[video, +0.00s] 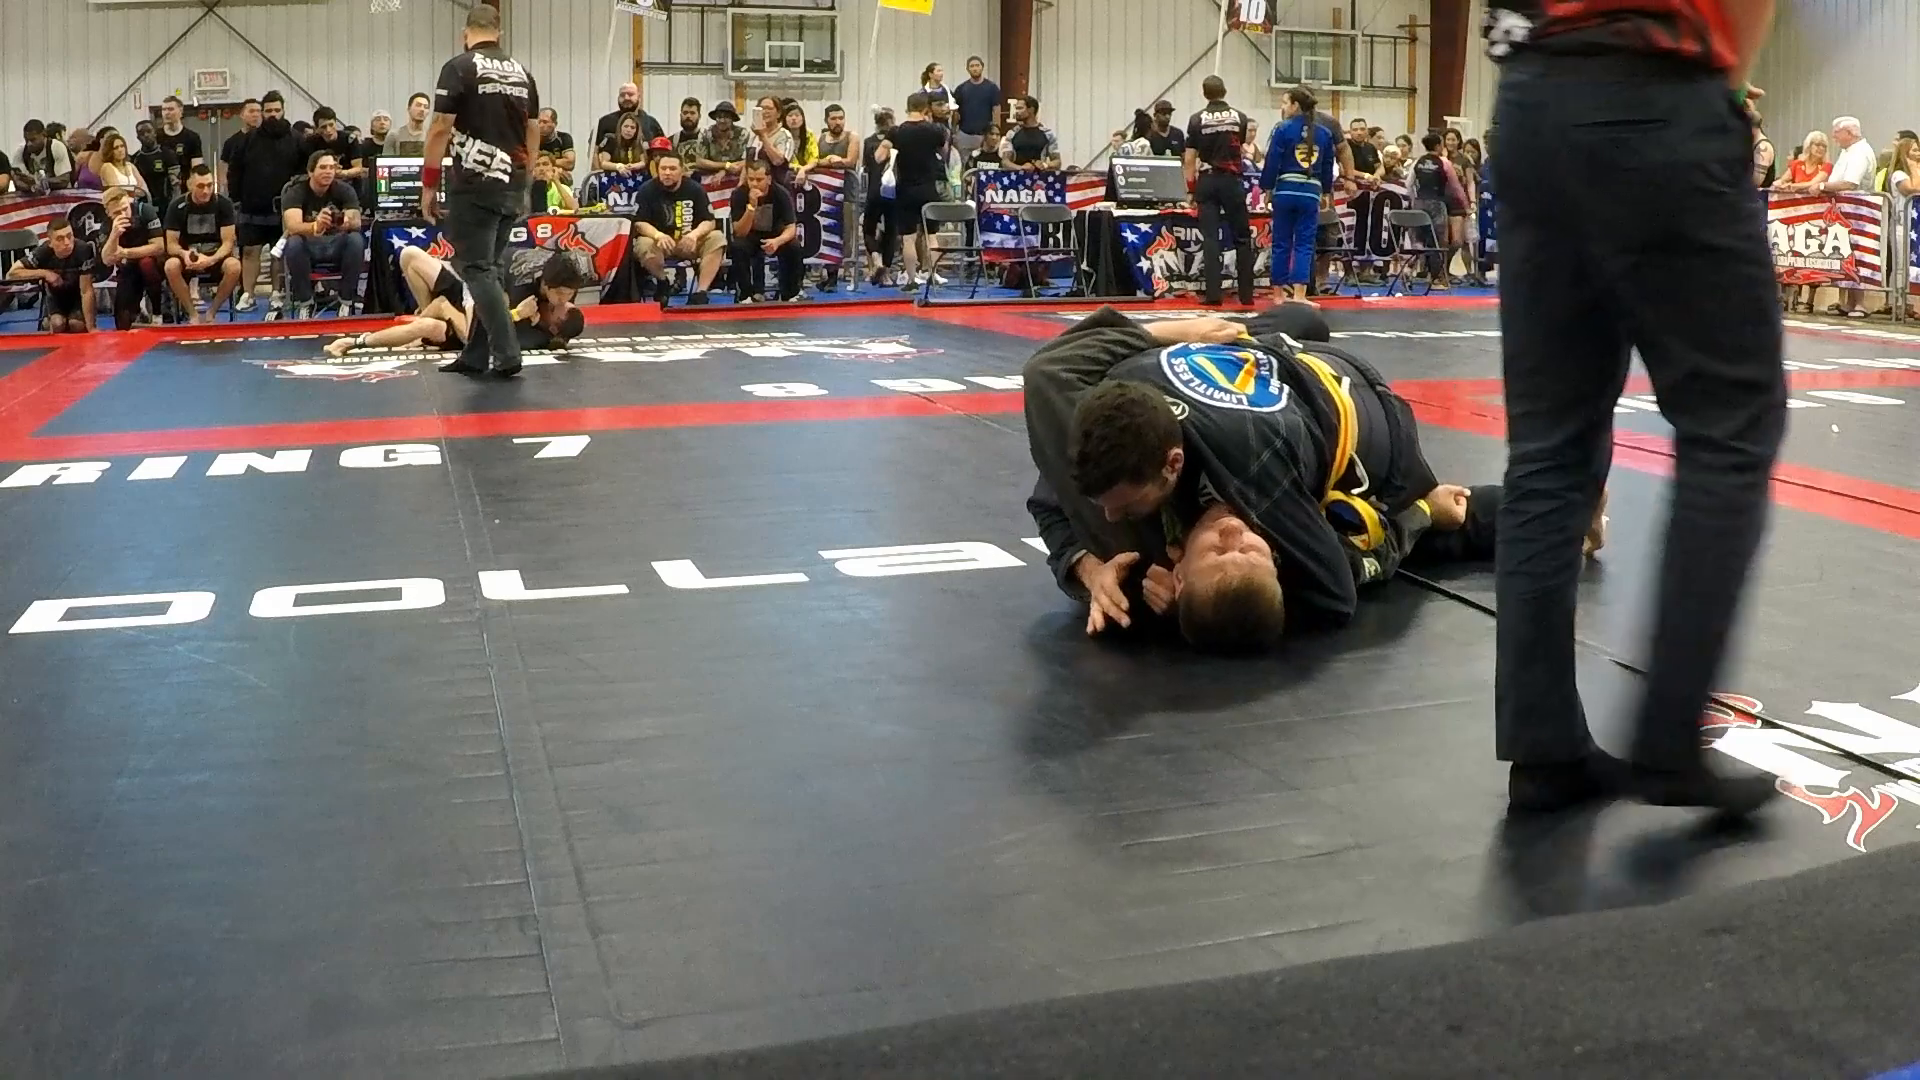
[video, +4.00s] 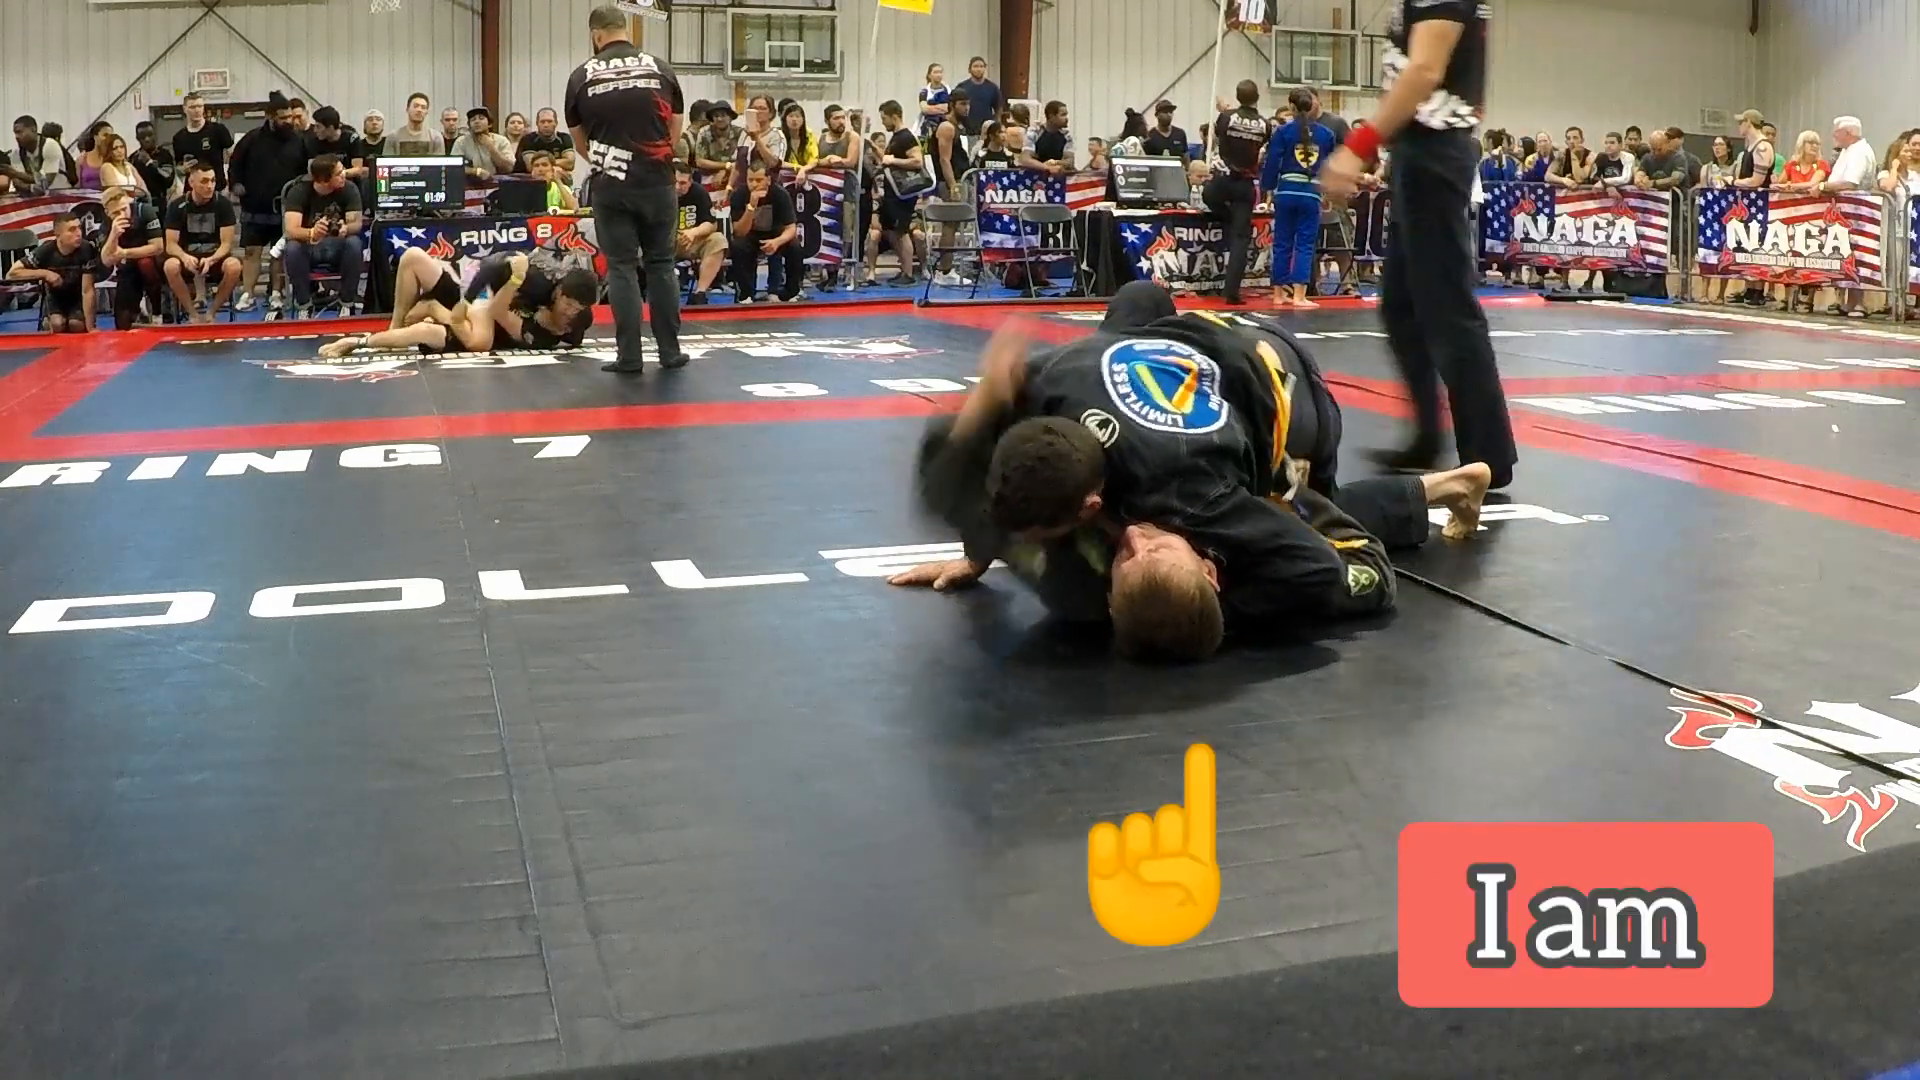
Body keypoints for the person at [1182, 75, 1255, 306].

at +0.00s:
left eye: (1205, 91)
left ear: (1204, 94)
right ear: (1224, 93)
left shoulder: (1196, 120)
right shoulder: (1241, 118)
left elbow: (1189, 159)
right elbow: (1243, 144)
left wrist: (1191, 189)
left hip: (1207, 179)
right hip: (1233, 180)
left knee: (1210, 238)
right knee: (1242, 238)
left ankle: (1213, 295)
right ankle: (1246, 295)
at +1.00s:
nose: (1225, 94)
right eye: (1226, 90)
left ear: (1207, 93)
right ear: (1227, 93)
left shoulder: (1194, 119)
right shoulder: (1239, 118)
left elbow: (1186, 157)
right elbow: (1248, 156)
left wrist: (1188, 189)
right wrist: (1236, 160)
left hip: (1205, 180)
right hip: (1231, 181)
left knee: (1209, 239)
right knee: (1241, 238)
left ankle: (1212, 295)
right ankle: (1245, 295)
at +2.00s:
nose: (1226, 96)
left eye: (1225, 93)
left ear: (1226, 95)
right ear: (1245, 96)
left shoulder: (1214, 117)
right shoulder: (1256, 119)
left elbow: (1204, 155)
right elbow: (1250, 149)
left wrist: (1197, 185)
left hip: (1218, 178)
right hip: (1242, 180)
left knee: (1230, 233)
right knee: (1238, 237)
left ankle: (1233, 285)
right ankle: (1232, 292)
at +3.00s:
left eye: (1236, 93)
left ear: (1232, 96)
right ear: (1251, 97)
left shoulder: (1221, 119)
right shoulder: (1261, 121)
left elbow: (1210, 155)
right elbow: (1259, 151)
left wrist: (1199, 170)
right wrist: (1246, 165)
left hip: (1220, 178)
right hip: (1244, 182)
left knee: (1210, 198)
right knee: (1238, 239)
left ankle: (1227, 222)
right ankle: (1231, 292)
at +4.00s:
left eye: (1239, 94)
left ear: (1237, 97)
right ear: (1257, 98)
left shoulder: (1224, 117)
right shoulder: (1265, 125)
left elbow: (1217, 139)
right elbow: (1267, 147)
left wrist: (1224, 110)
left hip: (1224, 176)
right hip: (1247, 181)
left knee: (1210, 198)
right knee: (1241, 238)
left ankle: (1231, 219)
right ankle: (1231, 292)